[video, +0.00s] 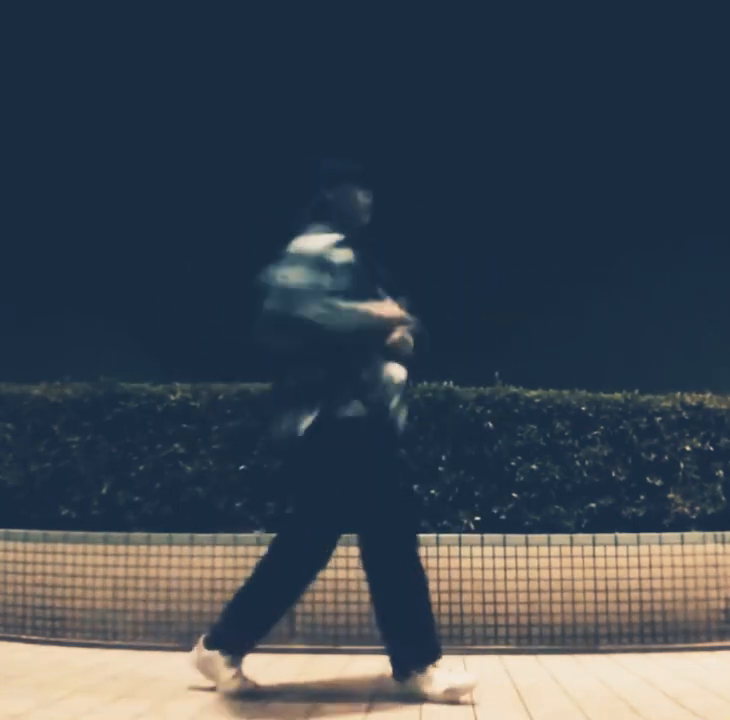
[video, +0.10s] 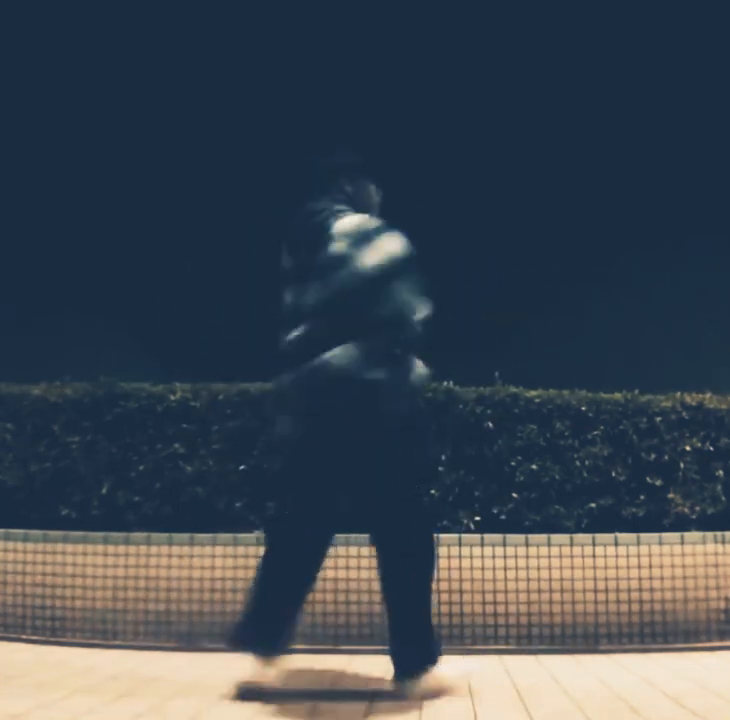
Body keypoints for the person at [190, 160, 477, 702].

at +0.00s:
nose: (368, 202)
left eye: (368, 194)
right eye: (360, 192)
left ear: (346, 201)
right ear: (334, 197)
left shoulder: (350, 258)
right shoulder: (317, 247)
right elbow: (286, 308)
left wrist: (400, 331)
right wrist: (377, 316)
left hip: (353, 422)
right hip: (340, 423)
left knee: (308, 538)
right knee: (390, 537)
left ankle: (221, 648)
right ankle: (416, 666)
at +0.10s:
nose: (378, 202)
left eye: (373, 195)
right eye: (373, 195)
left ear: (321, 199)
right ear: (360, 195)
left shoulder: (298, 253)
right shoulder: (377, 240)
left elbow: (295, 334)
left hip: (315, 404)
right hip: (381, 403)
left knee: (303, 521)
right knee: (404, 526)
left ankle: (258, 647)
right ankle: (414, 663)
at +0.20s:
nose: (360, 203)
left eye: (345, 196)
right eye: (364, 193)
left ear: (309, 194)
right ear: (362, 192)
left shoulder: (274, 249)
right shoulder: (397, 243)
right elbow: (458, 276)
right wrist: (400, 307)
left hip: (294, 423)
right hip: (375, 419)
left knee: (282, 532)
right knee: (382, 532)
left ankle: (294, 664)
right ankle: (397, 666)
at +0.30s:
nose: (347, 205)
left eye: (341, 195)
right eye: (355, 201)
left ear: (332, 197)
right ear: (382, 202)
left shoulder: (300, 240)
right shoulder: (406, 260)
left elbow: (234, 279)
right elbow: (447, 292)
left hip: (294, 422)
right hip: (365, 423)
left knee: (281, 540)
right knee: (356, 537)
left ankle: (293, 671)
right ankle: (381, 665)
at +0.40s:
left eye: (376, 198)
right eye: (387, 206)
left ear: (366, 198)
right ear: (400, 216)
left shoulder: (326, 226)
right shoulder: (399, 266)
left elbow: (255, 266)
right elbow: (406, 348)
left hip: (292, 420)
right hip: (360, 422)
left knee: (275, 537)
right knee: (349, 534)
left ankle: (290, 668)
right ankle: (379, 663)